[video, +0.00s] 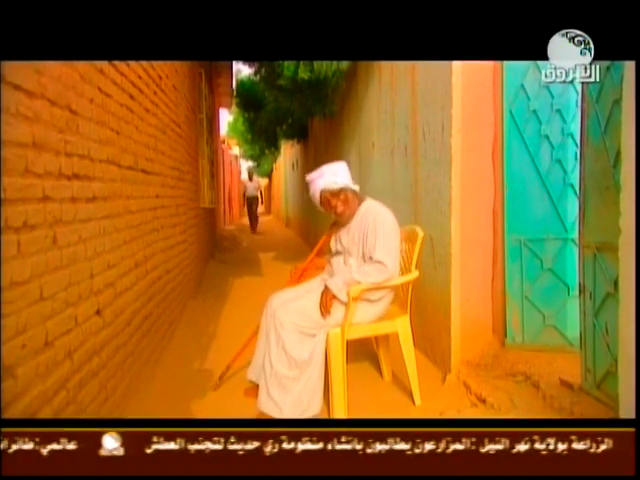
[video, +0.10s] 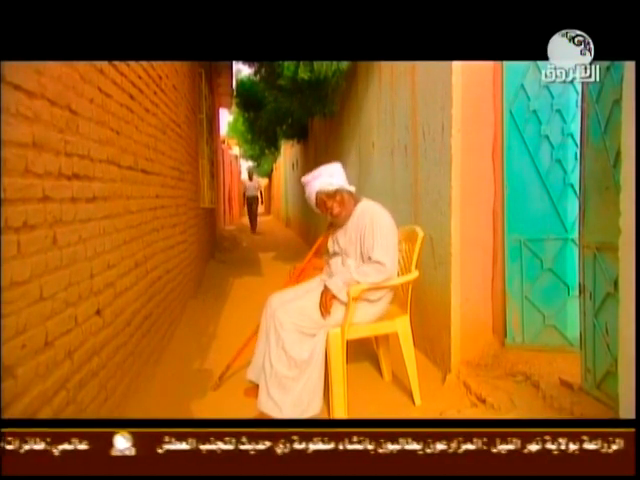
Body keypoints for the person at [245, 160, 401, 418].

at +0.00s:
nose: (333, 208)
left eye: (334, 200)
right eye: (327, 206)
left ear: (347, 193)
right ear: (325, 208)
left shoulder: (378, 217)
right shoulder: (346, 220)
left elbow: (386, 270)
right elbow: (341, 258)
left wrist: (337, 284)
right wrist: (326, 278)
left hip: (367, 299)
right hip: (340, 285)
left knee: (288, 317)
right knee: (276, 304)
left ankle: (289, 406)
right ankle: (267, 380)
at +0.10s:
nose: (330, 209)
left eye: (331, 200)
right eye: (323, 207)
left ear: (344, 194)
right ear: (321, 209)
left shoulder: (375, 216)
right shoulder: (342, 220)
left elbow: (385, 270)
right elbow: (338, 259)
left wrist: (337, 281)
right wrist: (328, 284)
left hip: (366, 299)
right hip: (339, 286)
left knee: (287, 317)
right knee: (276, 304)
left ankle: (289, 406)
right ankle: (267, 380)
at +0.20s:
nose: (329, 211)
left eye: (330, 202)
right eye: (321, 208)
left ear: (342, 194)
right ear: (319, 210)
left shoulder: (373, 217)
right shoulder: (341, 220)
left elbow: (384, 270)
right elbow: (338, 259)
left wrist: (337, 279)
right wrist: (327, 285)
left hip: (367, 298)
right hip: (339, 285)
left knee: (287, 317)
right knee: (276, 304)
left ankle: (290, 406)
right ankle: (267, 380)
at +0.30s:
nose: (326, 213)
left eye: (328, 203)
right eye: (319, 210)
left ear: (339, 195)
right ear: (316, 211)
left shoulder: (370, 217)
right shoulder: (340, 219)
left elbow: (383, 270)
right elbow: (338, 260)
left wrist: (336, 279)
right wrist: (327, 285)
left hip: (366, 298)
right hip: (339, 285)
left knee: (287, 317)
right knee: (275, 304)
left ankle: (288, 406)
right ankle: (266, 379)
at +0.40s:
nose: (321, 217)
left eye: (321, 209)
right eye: (316, 212)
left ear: (335, 198)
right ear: (322, 207)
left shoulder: (368, 217)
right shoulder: (341, 217)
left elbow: (383, 270)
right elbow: (338, 258)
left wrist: (335, 277)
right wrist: (327, 283)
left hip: (366, 297)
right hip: (339, 285)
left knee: (286, 317)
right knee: (275, 304)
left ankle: (289, 406)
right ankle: (266, 380)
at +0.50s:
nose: (319, 219)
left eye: (318, 211)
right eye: (314, 213)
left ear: (332, 200)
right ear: (328, 203)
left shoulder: (367, 217)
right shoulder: (341, 216)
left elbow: (382, 270)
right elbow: (337, 259)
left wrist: (335, 279)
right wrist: (327, 283)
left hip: (365, 297)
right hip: (338, 285)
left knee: (286, 317)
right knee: (275, 304)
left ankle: (289, 406)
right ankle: (267, 380)